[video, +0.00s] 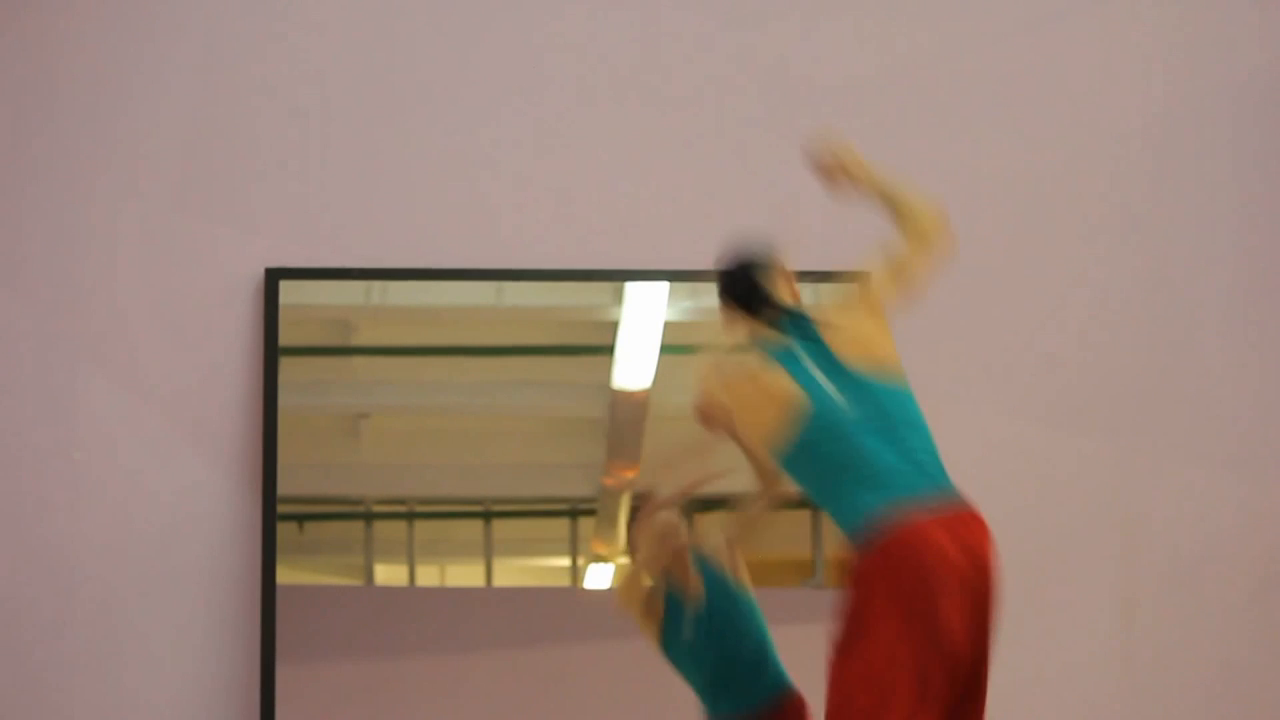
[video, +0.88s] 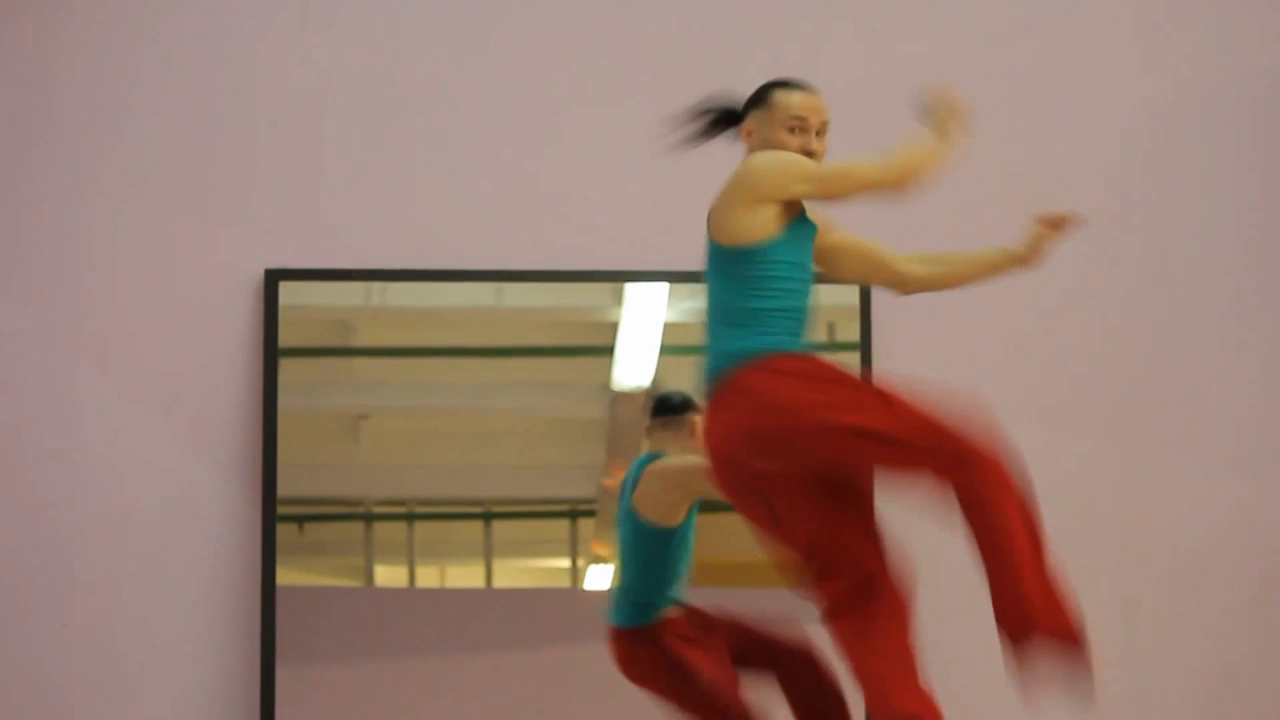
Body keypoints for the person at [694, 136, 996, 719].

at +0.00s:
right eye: (786, 275)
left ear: (730, 314)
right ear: (788, 282)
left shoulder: (725, 381)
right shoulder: (858, 309)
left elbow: (776, 484)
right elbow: (929, 231)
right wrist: (866, 178)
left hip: (900, 558)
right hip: (967, 537)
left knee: (868, 707)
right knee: (956, 708)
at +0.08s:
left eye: (727, 313)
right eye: (785, 275)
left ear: (730, 314)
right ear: (788, 282)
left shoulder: (726, 381)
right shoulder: (858, 310)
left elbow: (776, 484)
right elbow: (929, 232)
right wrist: (867, 178)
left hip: (901, 557)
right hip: (967, 537)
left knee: (868, 707)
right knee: (956, 708)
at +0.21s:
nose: (793, 222)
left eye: (785, 213)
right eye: (786, 214)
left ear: (727, 248)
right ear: (774, 225)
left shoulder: (722, 328)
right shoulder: (834, 253)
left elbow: (760, 453)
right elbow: (906, 168)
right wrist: (836, 125)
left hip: (848, 514)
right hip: (925, 487)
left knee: (873, 697)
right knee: (972, 681)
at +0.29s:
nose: (805, 184)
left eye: (801, 172)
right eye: (793, 172)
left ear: (744, 191)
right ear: (749, 185)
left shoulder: (717, 290)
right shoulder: (794, 212)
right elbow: (896, 135)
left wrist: (940, 245)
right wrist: (852, 96)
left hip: (807, 477)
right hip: (886, 442)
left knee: (859, 669)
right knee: (973, 634)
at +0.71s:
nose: (812, 153)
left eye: (812, 142)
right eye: (798, 139)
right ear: (746, 146)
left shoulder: (736, 247)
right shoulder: (767, 188)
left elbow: (877, 278)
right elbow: (890, 147)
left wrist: (988, 245)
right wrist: (903, 100)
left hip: (767, 444)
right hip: (827, 412)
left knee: (853, 631)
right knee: (979, 571)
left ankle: (891, 718)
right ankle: (1037, 708)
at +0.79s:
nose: (812, 143)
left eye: (820, 133)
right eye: (795, 129)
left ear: (827, 140)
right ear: (751, 133)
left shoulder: (799, 232)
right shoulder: (755, 177)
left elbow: (901, 272)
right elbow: (889, 175)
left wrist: (1019, 254)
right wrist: (945, 131)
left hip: (741, 435)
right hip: (770, 395)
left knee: (859, 585)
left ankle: (902, 713)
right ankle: (1042, 638)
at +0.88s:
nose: (812, 143)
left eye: (820, 133)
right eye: (795, 129)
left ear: (828, 141)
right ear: (750, 133)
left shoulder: (800, 232)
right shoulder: (755, 177)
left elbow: (901, 272)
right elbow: (888, 175)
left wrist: (1018, 254)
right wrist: (945, 131)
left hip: (741, 434)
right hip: (770, 395)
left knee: (858, 583)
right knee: (969, 456)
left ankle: (902, 713)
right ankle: (1042, 639)